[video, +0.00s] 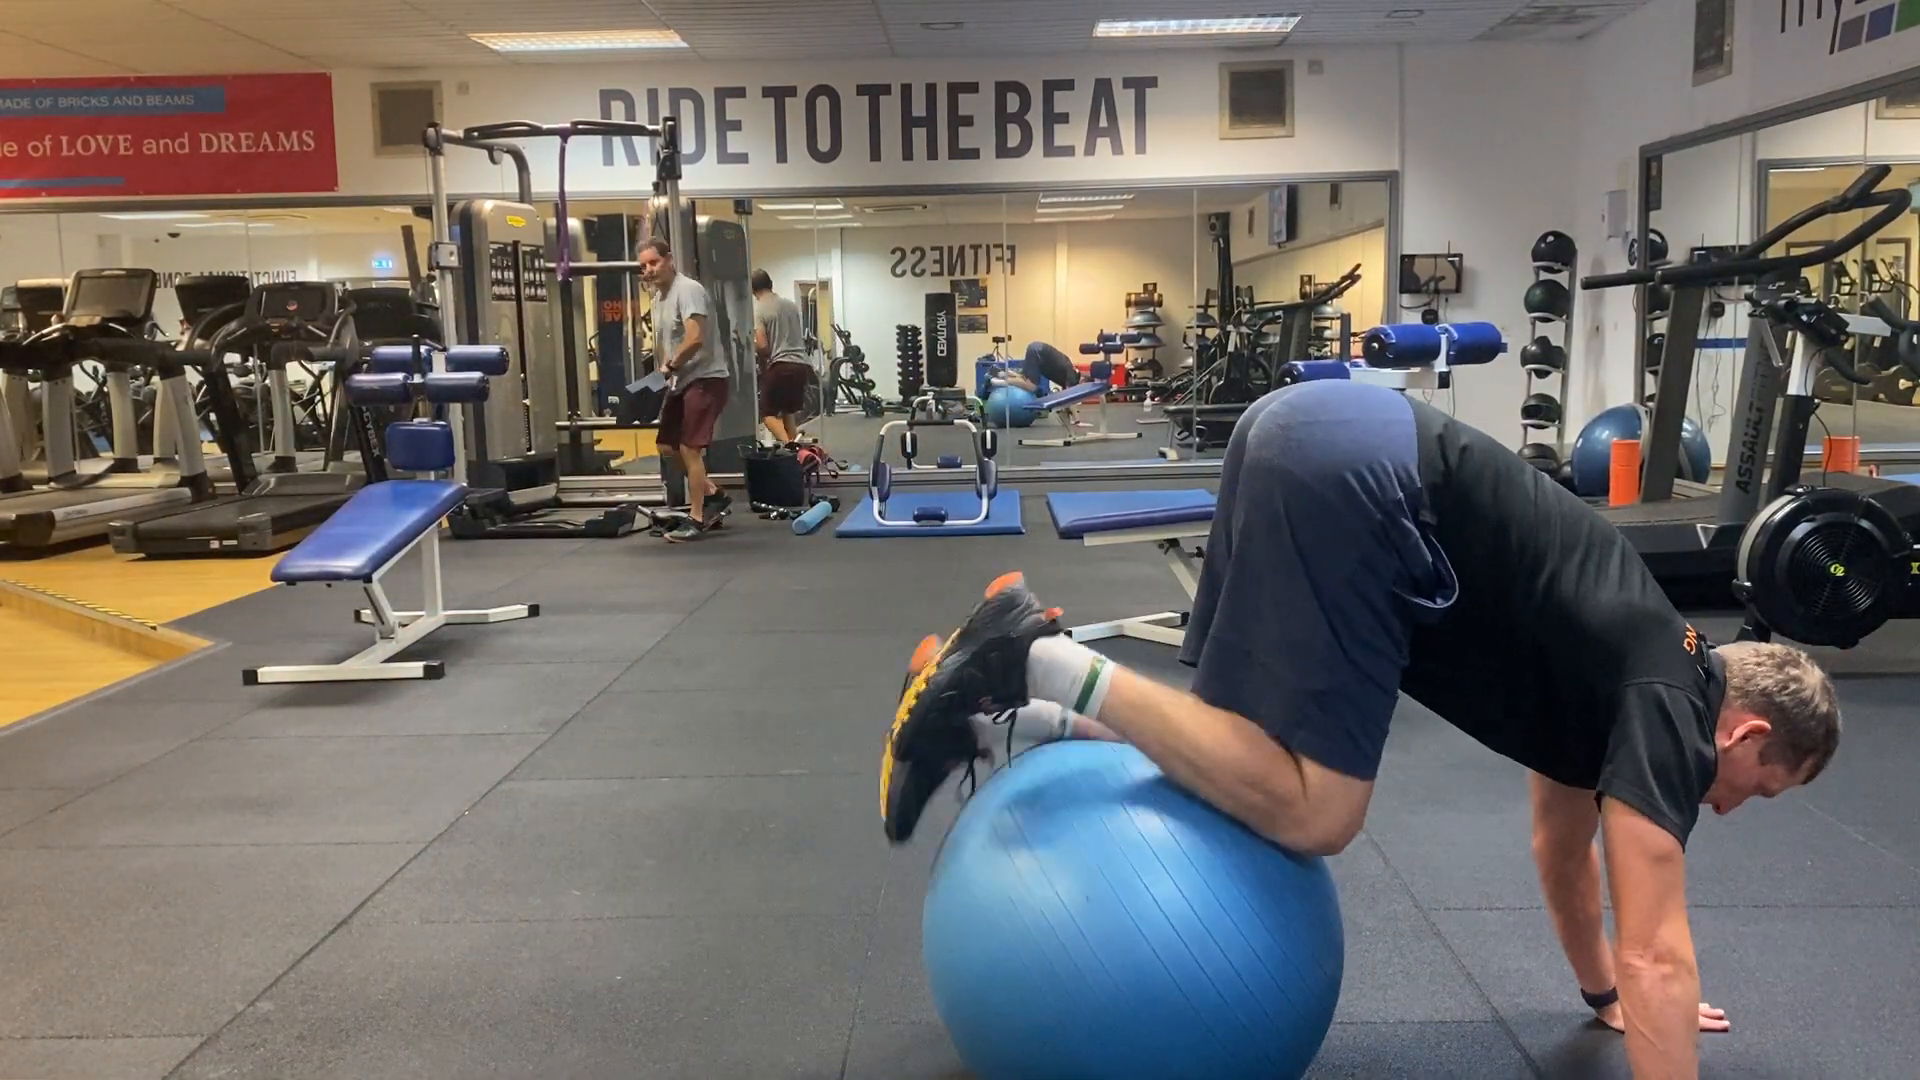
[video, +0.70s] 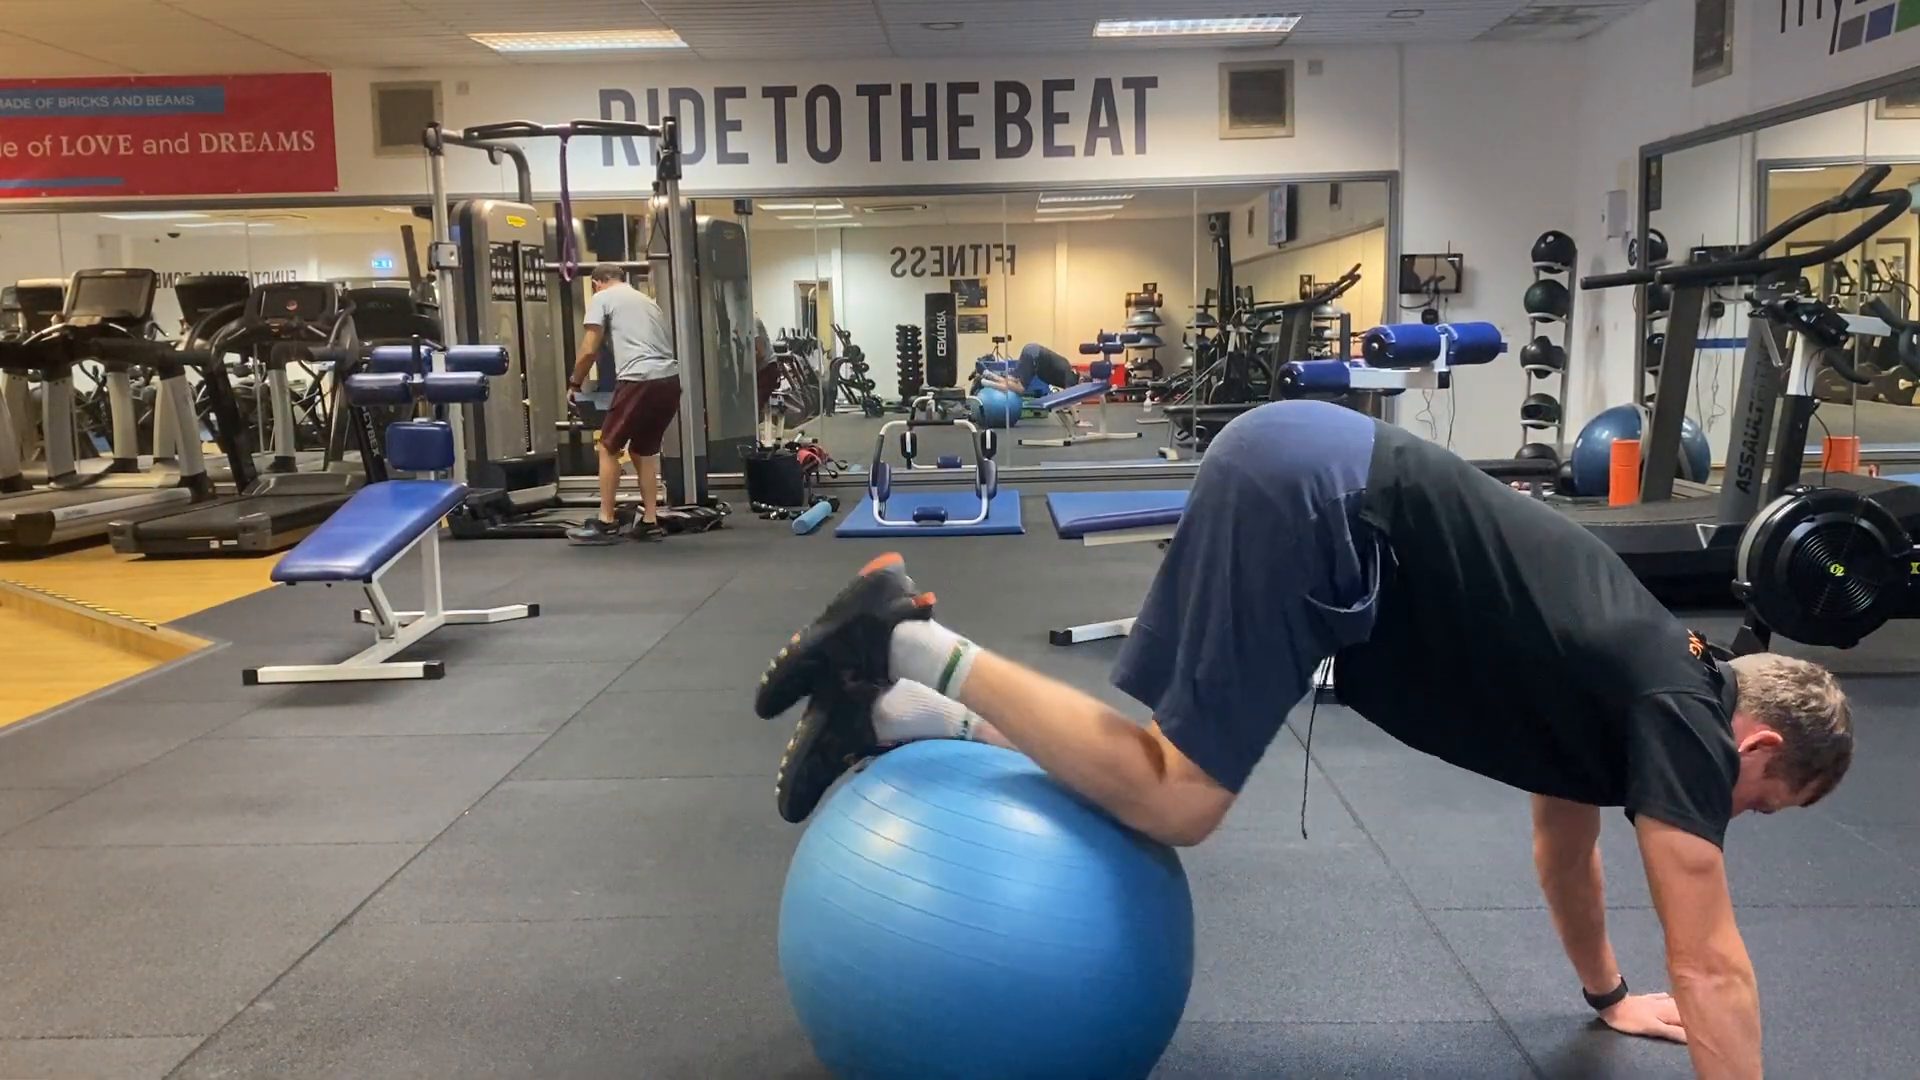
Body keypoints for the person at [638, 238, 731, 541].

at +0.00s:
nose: (647, 270)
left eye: (652, 263)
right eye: (643, 266)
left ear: (669, 261)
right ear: (642, 269)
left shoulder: (688, 289)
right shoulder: (660, 297)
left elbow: (695, 338)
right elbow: (666, 342)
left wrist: (672, 363)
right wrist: (663, 371)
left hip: (705, 378)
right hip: (681, 381)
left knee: (690, 449)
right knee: (668, 445)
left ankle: (696, 519)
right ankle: (713, 492)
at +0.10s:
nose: (634, 276)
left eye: (635, 268)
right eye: (630, 271)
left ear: (653, 260)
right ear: (650, 263)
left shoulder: (676, 287)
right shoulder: (661, 293)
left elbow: (682, 336)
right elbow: (671, 340)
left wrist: (657, 361)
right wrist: (661, 368)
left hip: (698, 378)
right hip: (679, 381)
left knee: (688, 450)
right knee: (657, 443)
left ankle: (696, 518)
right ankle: (697, 503)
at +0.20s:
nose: (624, 281)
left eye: (623, 274)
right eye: (621, 276)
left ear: (636, 264)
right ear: (637, 264)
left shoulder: (665, 286)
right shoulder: (658, 290)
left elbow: (665, 336)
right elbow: (674, 342)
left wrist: (638, 359)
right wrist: (656, 369)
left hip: (691, 376)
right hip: (675, 378)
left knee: (684, 451)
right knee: (654, 445)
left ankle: (695, 519)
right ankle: (666, 513)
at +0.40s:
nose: (613, 289)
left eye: (611, 283)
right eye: (611, 285)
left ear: (617, 272)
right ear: (628, 269)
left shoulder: (638, 288)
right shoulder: (652, 288)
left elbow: (627, 339)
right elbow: (667, 342)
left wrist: (600, 364)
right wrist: (646, 376)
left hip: (672, 379)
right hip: (670, 379)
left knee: (657, 453)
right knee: (648, 451)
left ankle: (691, 515)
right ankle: (650, 519)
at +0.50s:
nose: (606, 290)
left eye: (604, 284)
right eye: (604, 286)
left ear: (610, 276)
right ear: (628, 272)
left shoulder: (625, 292)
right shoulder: (651, 293)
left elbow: (611, 343)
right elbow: (663, 346)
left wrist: (587, 367)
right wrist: (641, 381)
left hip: (661, 380)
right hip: (676, 379)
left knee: (630, 448)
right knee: (647, 451)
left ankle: (675, 508)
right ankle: (649, 519)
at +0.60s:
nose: (600, 291)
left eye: (599, 286)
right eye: (599, 287)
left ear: (604, 279)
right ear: (625, 274)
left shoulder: (613, 294)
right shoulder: (650, 297)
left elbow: (599, 346)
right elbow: (660, 346)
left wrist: (578, 377)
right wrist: (634, 381)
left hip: (649, 380)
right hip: (676, 380)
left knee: (615, 445)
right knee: (643, 448)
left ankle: (642, 515)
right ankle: (651, 517)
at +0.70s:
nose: (595, 293)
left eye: (594, 289)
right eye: (594, 290)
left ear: (599, 283)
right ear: (621, 279)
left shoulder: (602, 297)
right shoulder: (646, 300)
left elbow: (589, 351)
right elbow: (658, 343)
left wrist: (575, 382)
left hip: (638, 381)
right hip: (670, 381)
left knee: (608, 447)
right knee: (643, 449)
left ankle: (606, 520)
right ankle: (650, 521)